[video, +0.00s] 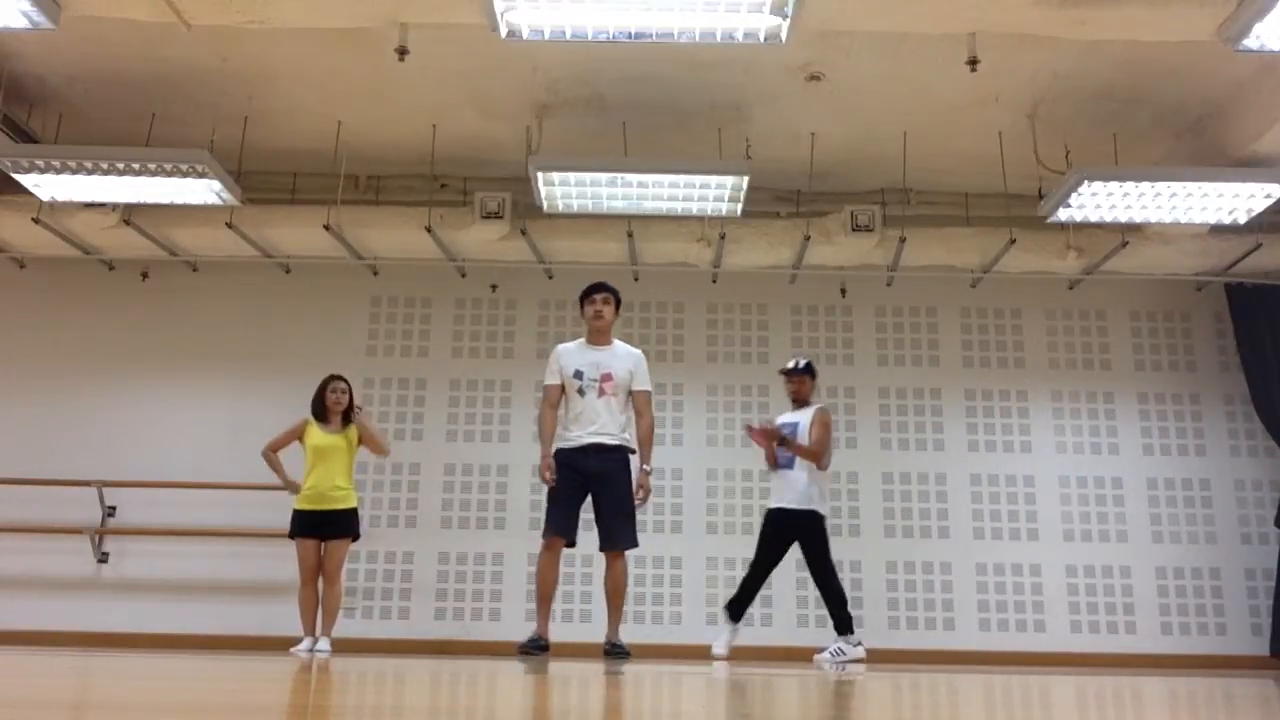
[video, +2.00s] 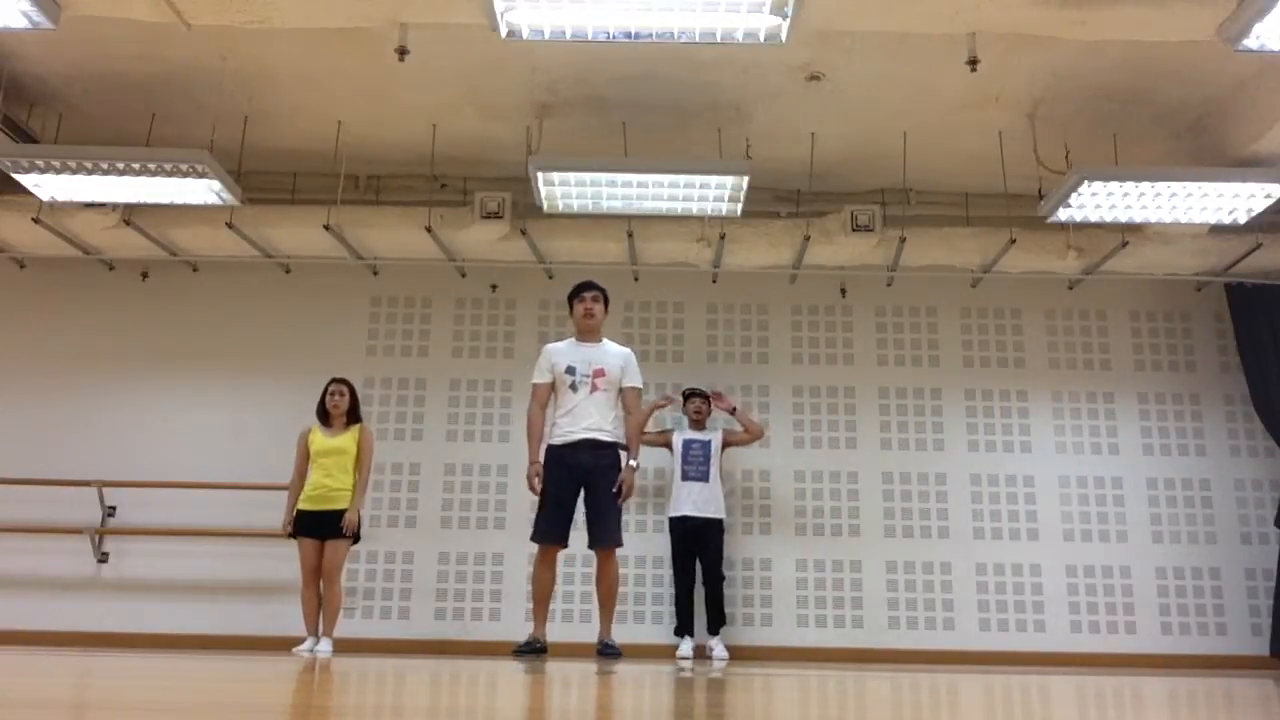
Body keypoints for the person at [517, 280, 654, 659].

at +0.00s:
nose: (598, 309)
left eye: (605, 304)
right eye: (592, 304)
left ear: (616, 312)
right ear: (582, 311)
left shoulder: (633, 358)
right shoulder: (562, 353)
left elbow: (644, 414)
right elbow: (550, 406)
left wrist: (644, 469)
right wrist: (546, 453)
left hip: (614, 459)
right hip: (569, 457)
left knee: (615, 550)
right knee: (552, 542)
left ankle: (614, 635)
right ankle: (541, 632)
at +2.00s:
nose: (589, 306)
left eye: (595, 301)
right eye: (582, 301)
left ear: (606, 311)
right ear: (571, 311)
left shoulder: (623, 356)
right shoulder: (552, 352)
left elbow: (633, 412)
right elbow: (537, 406)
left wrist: (632, 464)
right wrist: (534, 459)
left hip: (606, 456)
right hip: (561, 455)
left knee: (606, 548)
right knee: (548, 547)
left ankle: (606, 636)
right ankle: (537, 635)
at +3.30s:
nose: (608, 314)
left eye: (614, 309)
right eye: (601, 308)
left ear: (625, 318)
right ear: (591, 316)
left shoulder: (639, 364)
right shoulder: (572, 353)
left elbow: (652, 414)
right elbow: (560, 405)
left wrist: (668, 438)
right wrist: (579, 446)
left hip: (621, 457)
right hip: (579, 454)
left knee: (615, 549)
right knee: (578, 543)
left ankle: (606, 636)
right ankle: (582, 633)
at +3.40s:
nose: (602, 312)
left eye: (608, 307)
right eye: (596, 307)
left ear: (620, 315)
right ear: (586, 314)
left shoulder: (634, 358)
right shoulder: (570, 346)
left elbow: (660, 389)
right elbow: (561, 370)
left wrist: (690, 388)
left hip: (613, 458)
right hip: (572, 456)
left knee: (611, 549)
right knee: (565, 541)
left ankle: (606, 636)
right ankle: (555, 626)